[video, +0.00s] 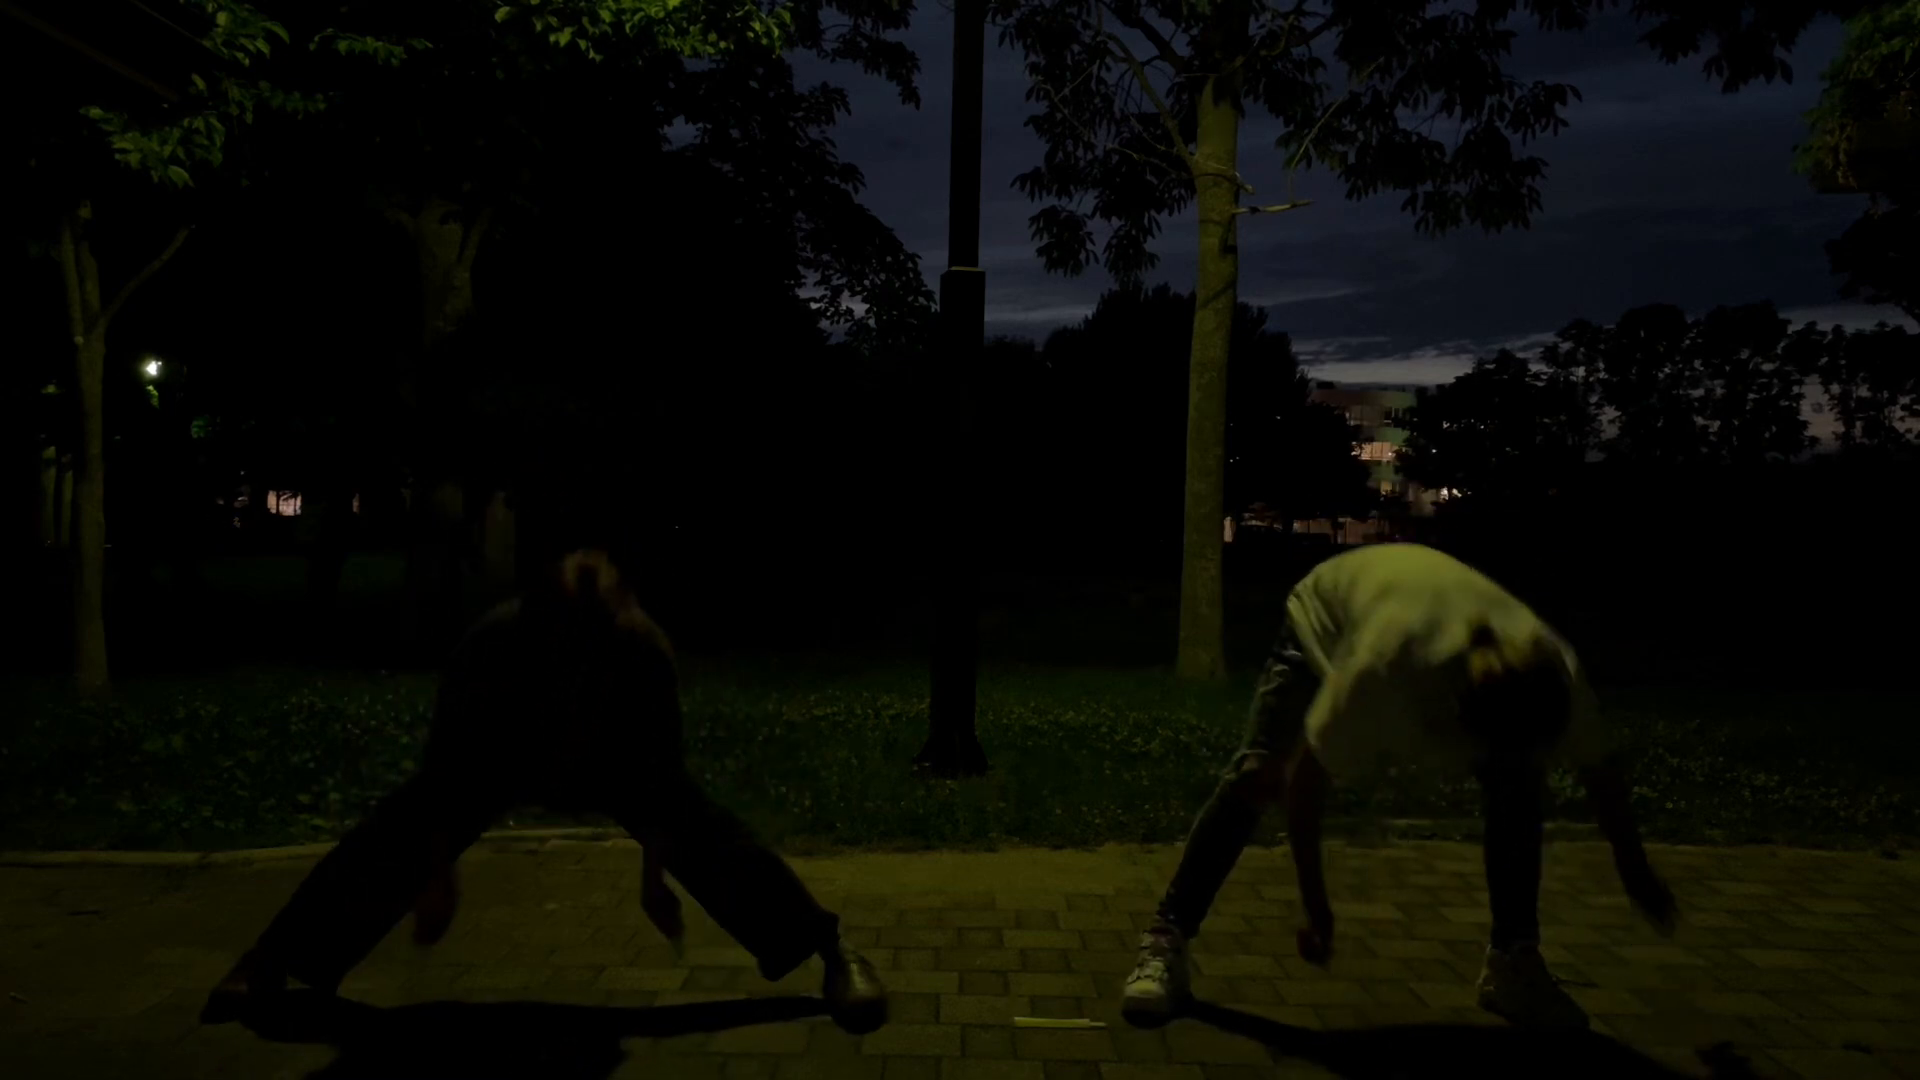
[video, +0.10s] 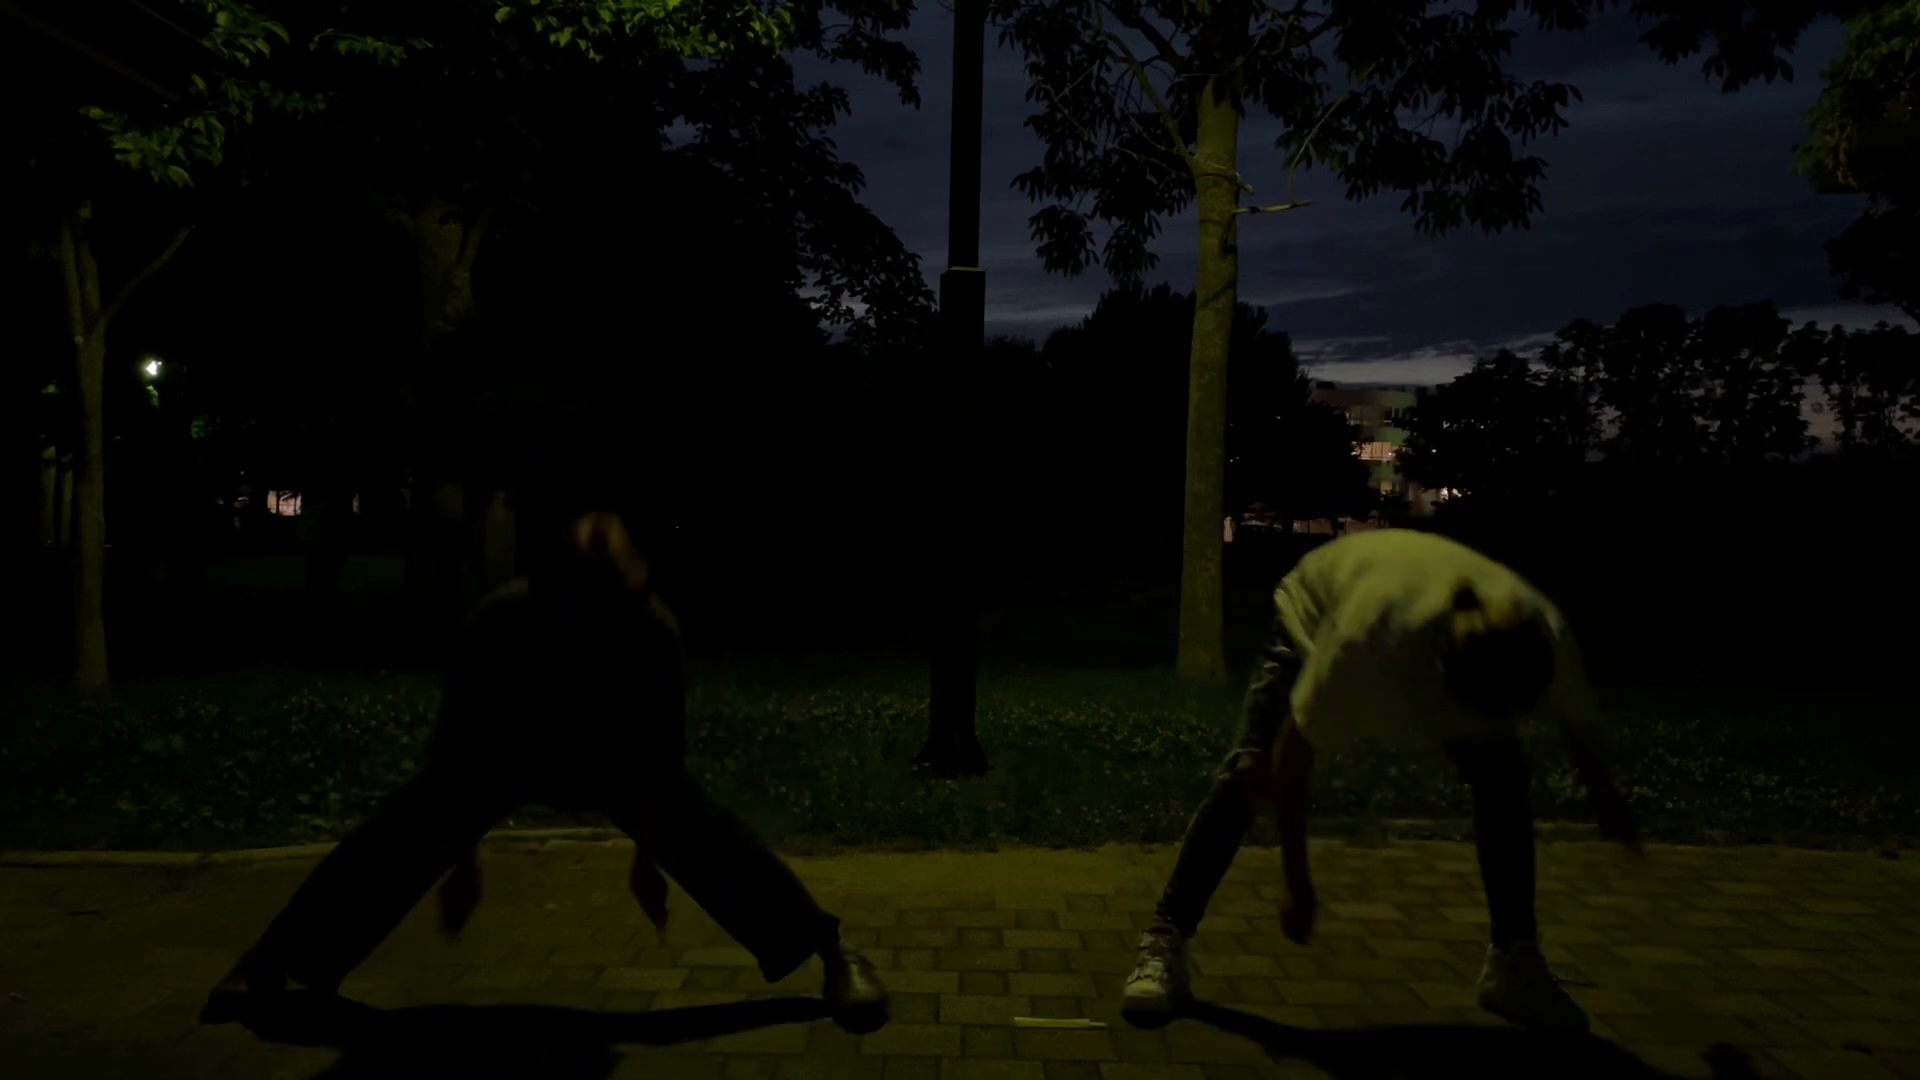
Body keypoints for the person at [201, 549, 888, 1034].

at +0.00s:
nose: (584, 614)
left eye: (596, 600)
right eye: (571, 599)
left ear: (617, 604)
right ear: (544, 601)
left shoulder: (641, 653)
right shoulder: (494, 646)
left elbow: (665, 781)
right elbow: (445, 776)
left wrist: (656, 874)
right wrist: (437, 879)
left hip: (616, 764)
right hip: (500, 760)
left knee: (702, 833)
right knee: (390, 837)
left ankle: (828, 948)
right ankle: (277, 969)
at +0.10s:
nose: (597, 577)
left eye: (611, 563)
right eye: (584, 562)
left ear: (631, 571)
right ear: (555, 568)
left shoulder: (648, 632)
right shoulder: (504, 623)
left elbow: (663, 754)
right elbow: (461, 751)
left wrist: (648, 860)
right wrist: (462, 864)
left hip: (619, 764)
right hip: (504, 762)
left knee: (710, 840)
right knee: (388, 844)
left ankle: (832, 955)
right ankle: (275, 974)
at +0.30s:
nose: (618, 461)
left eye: (630, 445)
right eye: (605, 444)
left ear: (650, 456)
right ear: (576, 449)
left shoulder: (666, 535)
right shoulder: (521, 523)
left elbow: (686, 649)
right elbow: (480, 629)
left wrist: (664, 748)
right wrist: (486, 725)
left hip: (625, 727)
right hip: (514, 720)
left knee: (712, 839)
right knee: (397, 839)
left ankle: (834, 953)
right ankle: (268, 968)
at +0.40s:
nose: (624, 424)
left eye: (633, 410)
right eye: (608, 409)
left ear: (646, 421)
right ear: (578, 417)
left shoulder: (676, 497)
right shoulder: (520, 483)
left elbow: (693, 604)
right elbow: (483, 587)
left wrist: (669, 680)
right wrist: (487, 671)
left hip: (633, 696)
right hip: (521, 692)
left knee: (714, 815)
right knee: (415, 824)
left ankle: (833, 948)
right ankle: (312, 968)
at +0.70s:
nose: (572, 440)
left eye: (583, 423)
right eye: (559, 424)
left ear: (610, 427)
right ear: (542, 428)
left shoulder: (657, 492)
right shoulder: (505, 492)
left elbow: (727, 600)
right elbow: (447, 604)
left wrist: (790, 699)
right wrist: (399, 700)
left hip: (633, 702)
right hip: (525, 701)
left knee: (713, 830)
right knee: (421, 830)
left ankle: (837, 955)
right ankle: (319, 975)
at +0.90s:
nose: (561, 430)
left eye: (573, 414)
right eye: (547, 416)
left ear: (597, 417)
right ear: (524, 422)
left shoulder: (648, 478)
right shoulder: (496, 484)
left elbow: (736, 572)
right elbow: (414, 580)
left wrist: (801, 663)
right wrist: (336, 655)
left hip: (636, 697)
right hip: (530, 699)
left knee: (720, 826)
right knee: (432, 831)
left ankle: (841, 955)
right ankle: (325, 968)